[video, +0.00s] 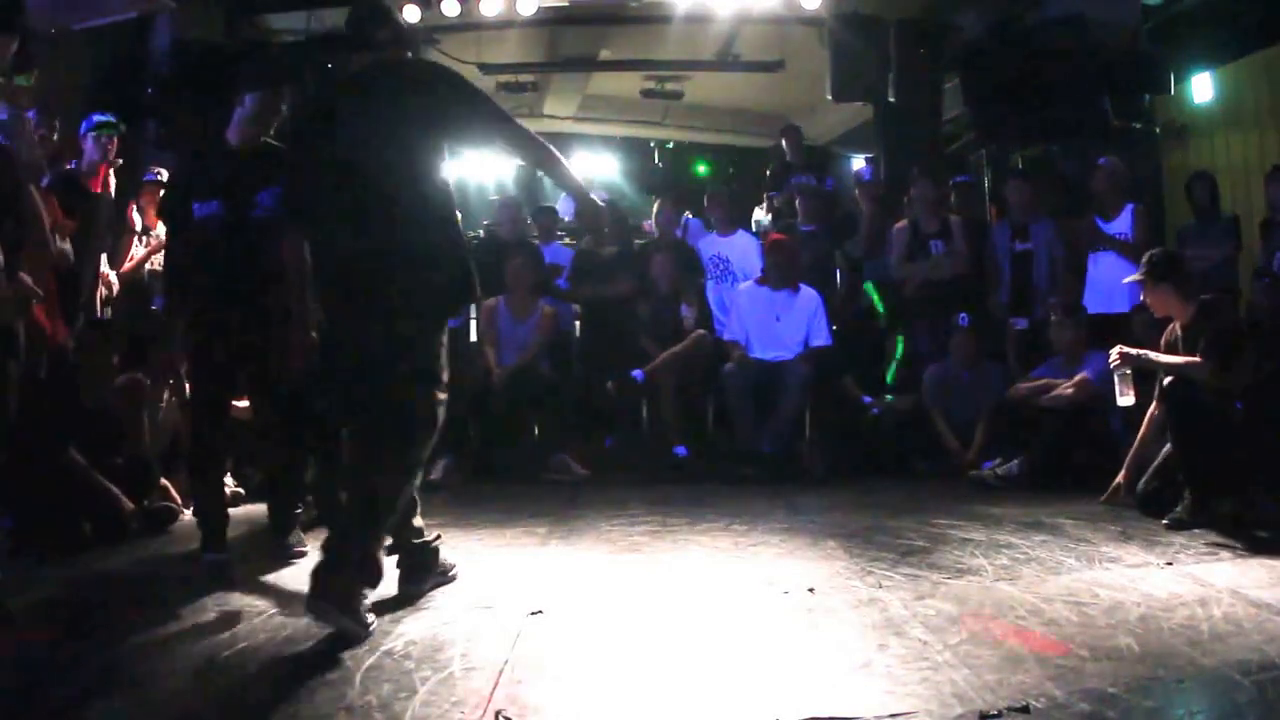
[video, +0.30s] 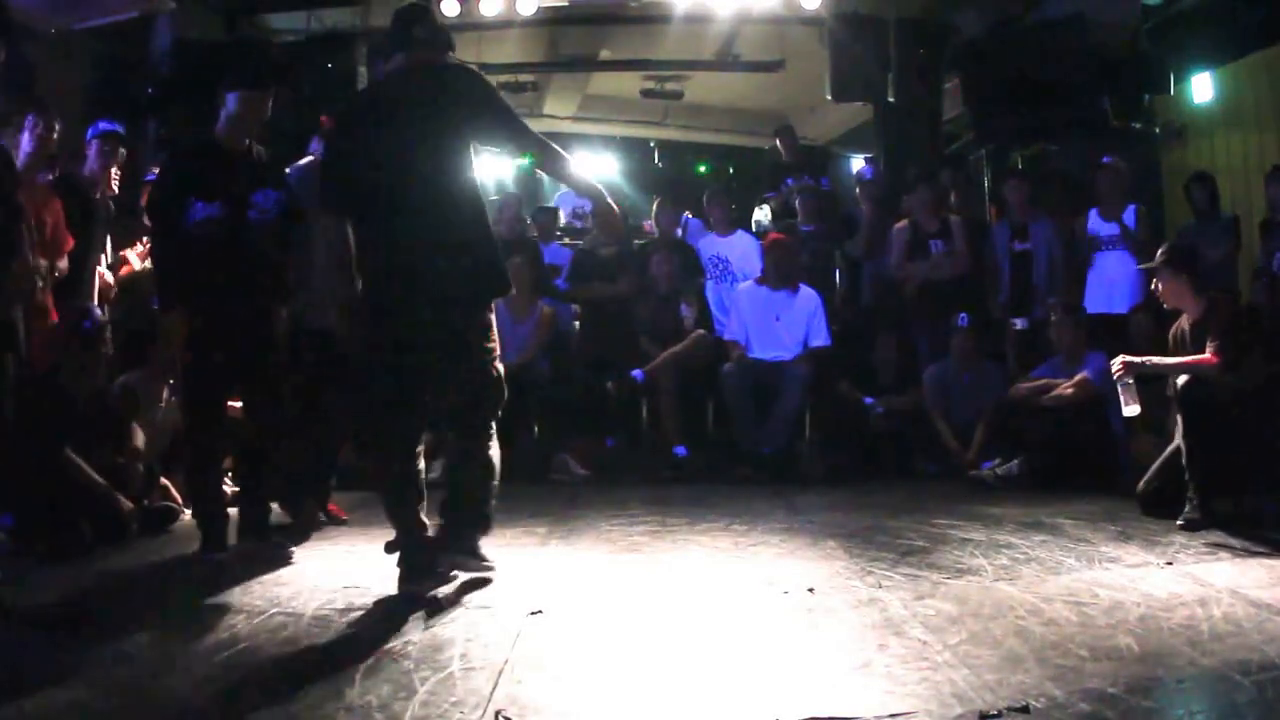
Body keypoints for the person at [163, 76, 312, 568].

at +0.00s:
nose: (265, 121)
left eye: (271, 112)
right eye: (260, 109)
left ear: (276, 119)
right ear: (238, 111)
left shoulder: (282, 169)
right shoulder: (197, 170)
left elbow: (299, 252)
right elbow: (176, 251)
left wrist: (304, 321)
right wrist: (175, 322)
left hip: (270, 314)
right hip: (207, 314)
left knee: (279, 420)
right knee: (205, 424)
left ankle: (285, 522)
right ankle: (210, 530)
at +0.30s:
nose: (261, 116)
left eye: (264, 106)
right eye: (253, 104)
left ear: (265, 111)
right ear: (227, 104)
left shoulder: (268, 171)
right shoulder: (188, 162)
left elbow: (288, 242)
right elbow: (162, 233)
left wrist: (285, 300)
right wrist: (171, 305)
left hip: (259, 305)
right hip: (200, 306)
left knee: (262, 411)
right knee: (203, 415)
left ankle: (256, 516)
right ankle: (210, 524)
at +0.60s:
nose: (269, 121)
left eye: (275, 113)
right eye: (262, 110)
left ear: (277, 119)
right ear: (238, 108)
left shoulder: (273, 175)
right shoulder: (191, 164)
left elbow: (290, 250)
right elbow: (159, 235)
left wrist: (293, 308)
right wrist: (172, 298)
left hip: (260, 310)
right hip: (203, 310)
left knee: (253, 416)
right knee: (205, 418)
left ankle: (249, 525)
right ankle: (210, 529)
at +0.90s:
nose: (239, 124)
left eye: (249, 114)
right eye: (231, 113)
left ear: (258, 115)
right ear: (210, 112)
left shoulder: (262, 168)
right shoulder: (176, 159)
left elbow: (297, 233)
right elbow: (128, 217)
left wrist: (280, 231)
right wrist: (179, 220)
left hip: (248, 317)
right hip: (185, 315)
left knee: (247, 427)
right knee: (170, 433)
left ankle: (249, 528)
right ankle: (152, 548)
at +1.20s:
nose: (187, 97)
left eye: (195, 87)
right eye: (178, 87)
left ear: (207, 89)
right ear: (161, 88)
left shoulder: (226, 146)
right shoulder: (124, 149)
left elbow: (252, 219)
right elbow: (99, 223)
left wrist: (221, 182)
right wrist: (152, 185)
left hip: (216, 304)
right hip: (145, 306)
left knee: (237, 416)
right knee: (141, 429)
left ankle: (246, 519)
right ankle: (143, 548)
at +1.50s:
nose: (153, 75)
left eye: (163, 63)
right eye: (142, 63)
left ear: (176, 65)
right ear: (125, 66)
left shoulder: (200, 133)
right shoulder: (93, 134)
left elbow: (231, 202)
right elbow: (61, 215)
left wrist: (186, 167)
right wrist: (109, 173)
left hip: (186, 305)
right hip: (114, 307)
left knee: (190, 436)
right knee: (126, 438)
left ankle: (197, 567)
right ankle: (143, 568)